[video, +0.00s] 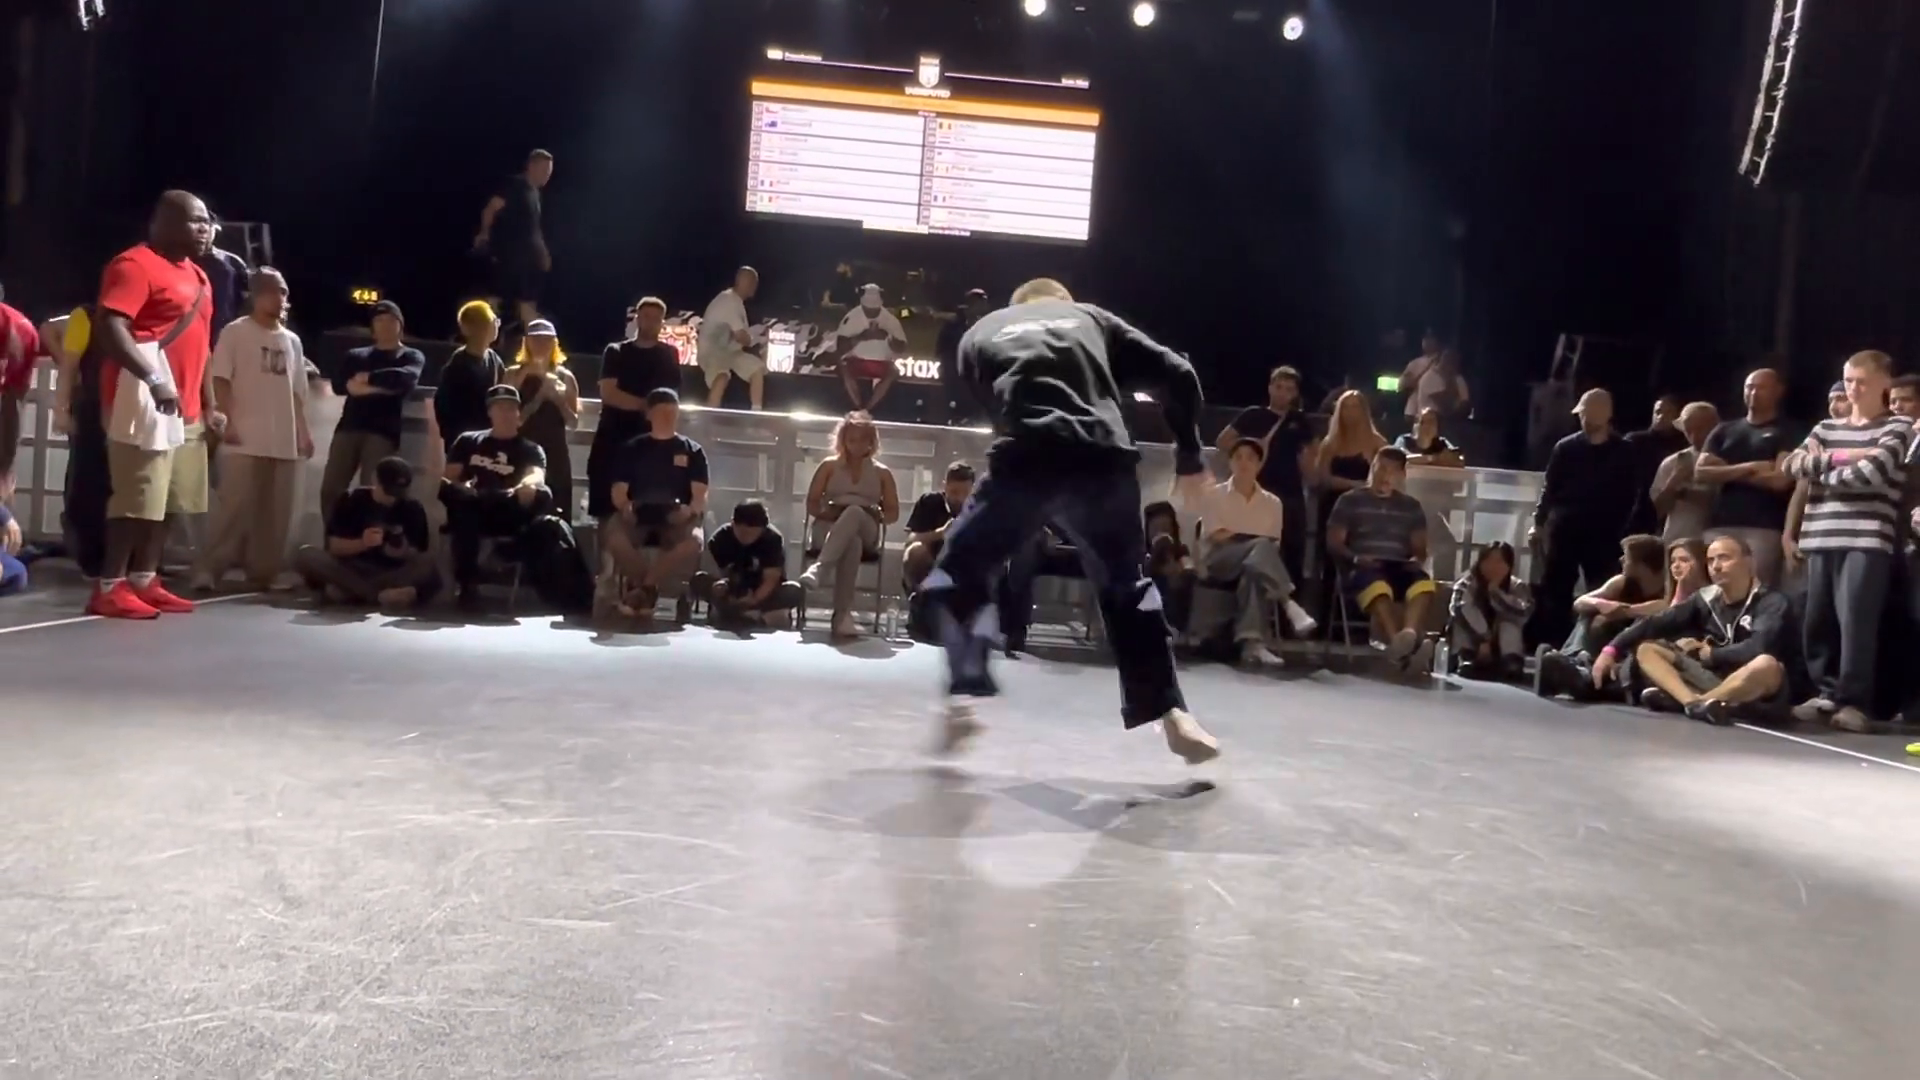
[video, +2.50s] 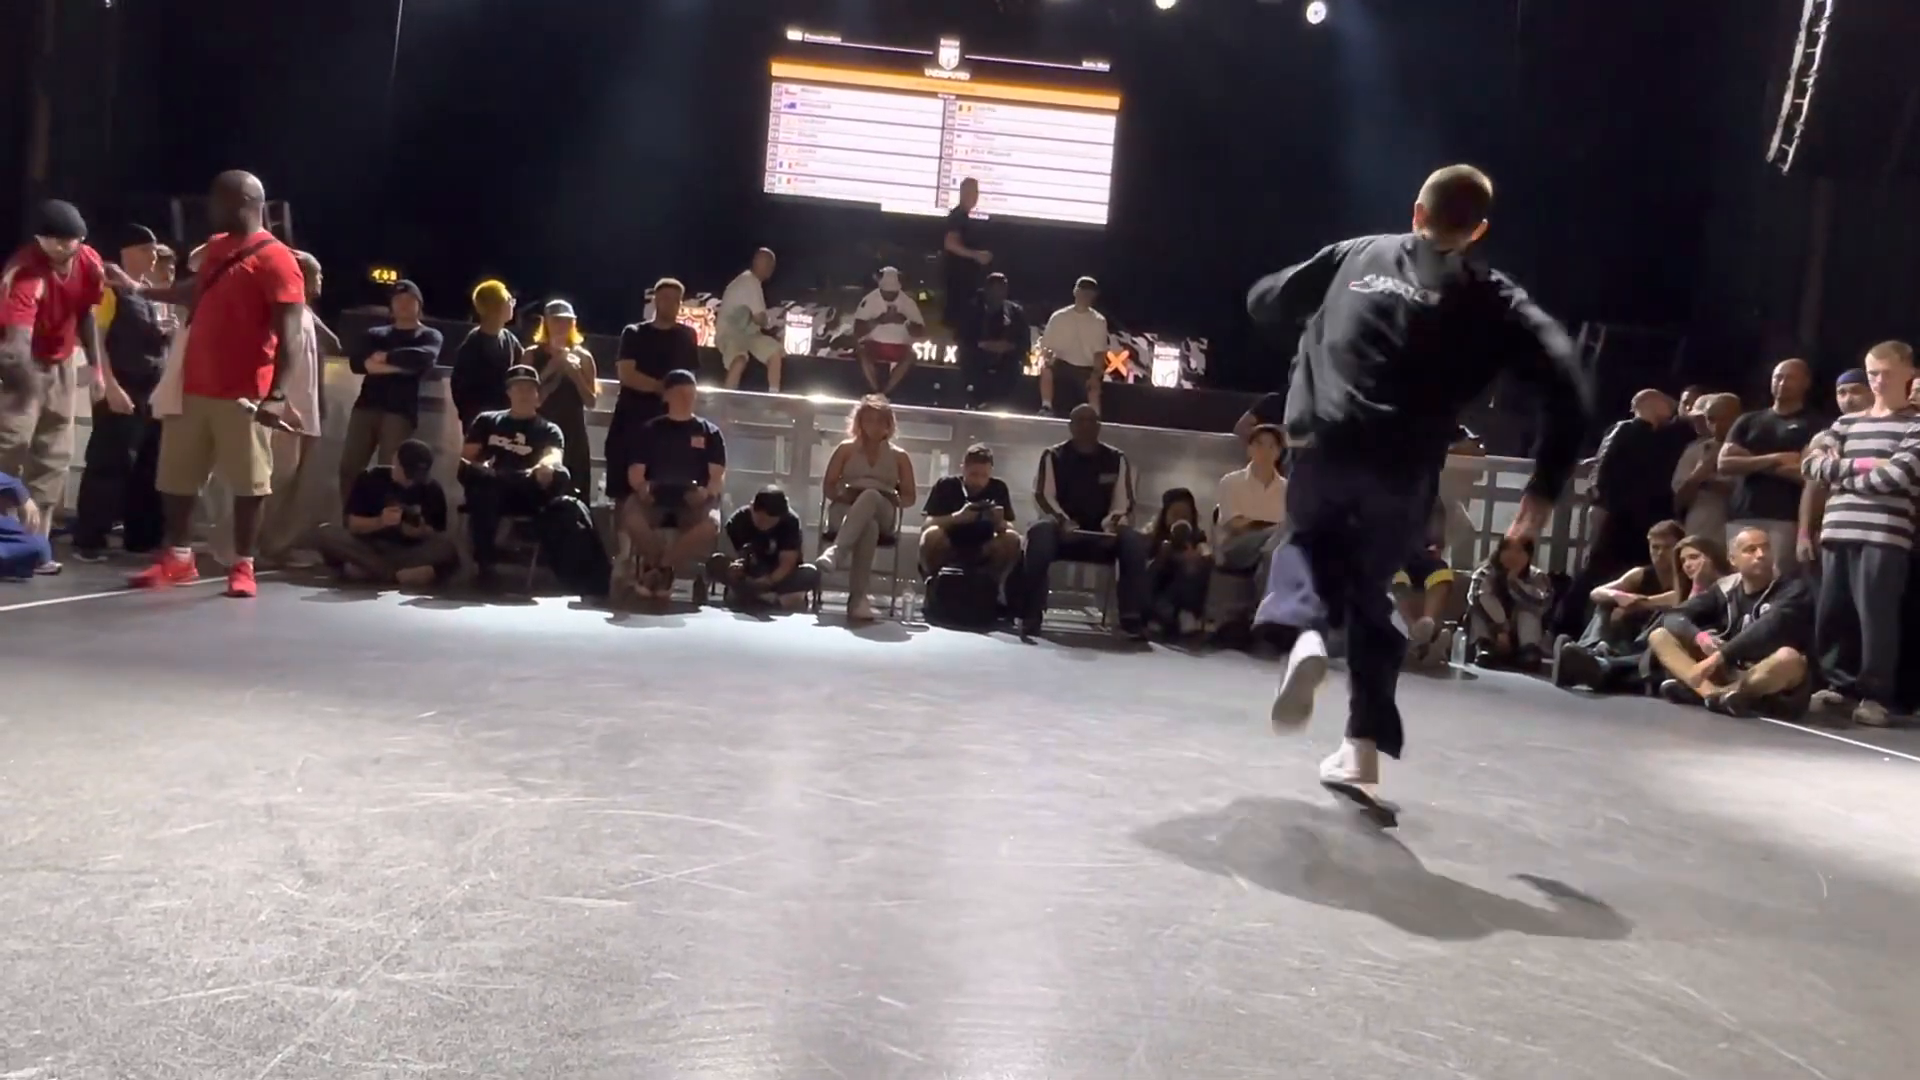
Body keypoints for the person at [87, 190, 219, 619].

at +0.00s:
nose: (207, 229)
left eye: (209, 222)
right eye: (197, 221)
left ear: (207, 229)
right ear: (167, 224)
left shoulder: (199, 278)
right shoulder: (135, 266)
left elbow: (199, 349)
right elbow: (110, 326)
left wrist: (208, 404)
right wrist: (155, 378)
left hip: (178, 404)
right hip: (139, 400)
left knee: (165, 495)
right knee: (135, 495)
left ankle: (145, 581)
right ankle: (109, 587)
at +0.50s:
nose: (216, 218)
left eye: (219, 213)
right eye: (207, 211)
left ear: (222, 222)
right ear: (178, 217)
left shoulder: (223, 274)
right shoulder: (149, 258)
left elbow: (220, 343)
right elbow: (115, 315)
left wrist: (235, 398)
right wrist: (148, 368)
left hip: (198, 406)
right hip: (154, 400)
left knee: (173, 495)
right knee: (144, 493)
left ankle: (154, 571)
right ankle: (119, 576)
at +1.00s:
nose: (214, 205)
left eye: (217, 199)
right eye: (203, 198)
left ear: (220, 208)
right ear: (175, 207)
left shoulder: (230, 263)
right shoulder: (149, 251)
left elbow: (234, 332)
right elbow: (120, 312)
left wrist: (244, 391)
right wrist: (145, 364)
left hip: (210, 401)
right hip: (163, 392)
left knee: (190, 488)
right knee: (159, 484)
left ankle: (166, 564)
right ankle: (149, 569)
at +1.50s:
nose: (174, 196)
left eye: (182, 189)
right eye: (170, 190)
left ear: (205, 195)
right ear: (163, 198)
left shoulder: (238, 250)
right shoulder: (139, 247)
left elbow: (253, 317)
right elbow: (113, 305)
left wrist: (266, 380)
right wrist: (125, 350)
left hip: (227, 390)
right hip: (165, 390)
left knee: (234, 476)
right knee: (155, 481)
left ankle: (225, 557)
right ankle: (155, 563)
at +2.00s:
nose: (212, 204)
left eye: (220, 196)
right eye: (210, 196)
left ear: (246, 201)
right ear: (210, 200)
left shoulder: (278, 257)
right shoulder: (191, 249)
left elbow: (294, 329)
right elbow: (165, 309)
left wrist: (284, 388)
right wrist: (140, 357)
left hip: (245, 394)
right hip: (185, 390)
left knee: (250, 485)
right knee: (168, 482)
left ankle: (243, 563)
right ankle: (158, 562)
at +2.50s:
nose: (211, 208)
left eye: (218, 200)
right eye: (212, 200)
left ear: (244, 203)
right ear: (244, 204)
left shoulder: (277, 259)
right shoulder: (215, 249)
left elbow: (291, 335)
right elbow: (197, 292)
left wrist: (279, 394)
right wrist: (139, 290)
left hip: (244, 396)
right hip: (192, 390)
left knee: (249, 486)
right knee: (176, 478)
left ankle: (243, 566)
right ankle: (177, 557)